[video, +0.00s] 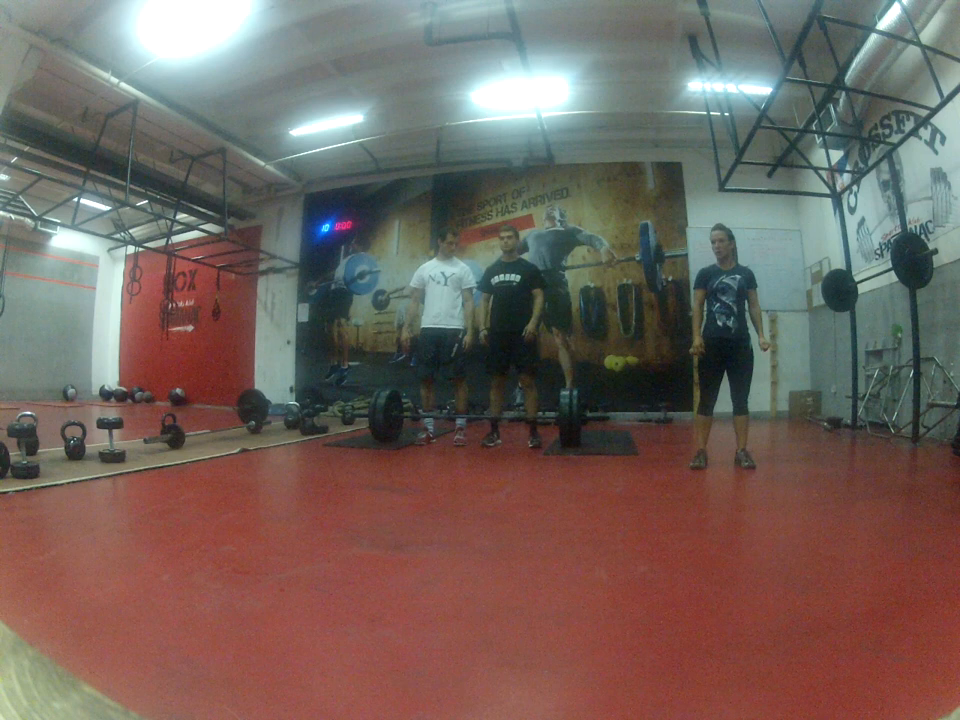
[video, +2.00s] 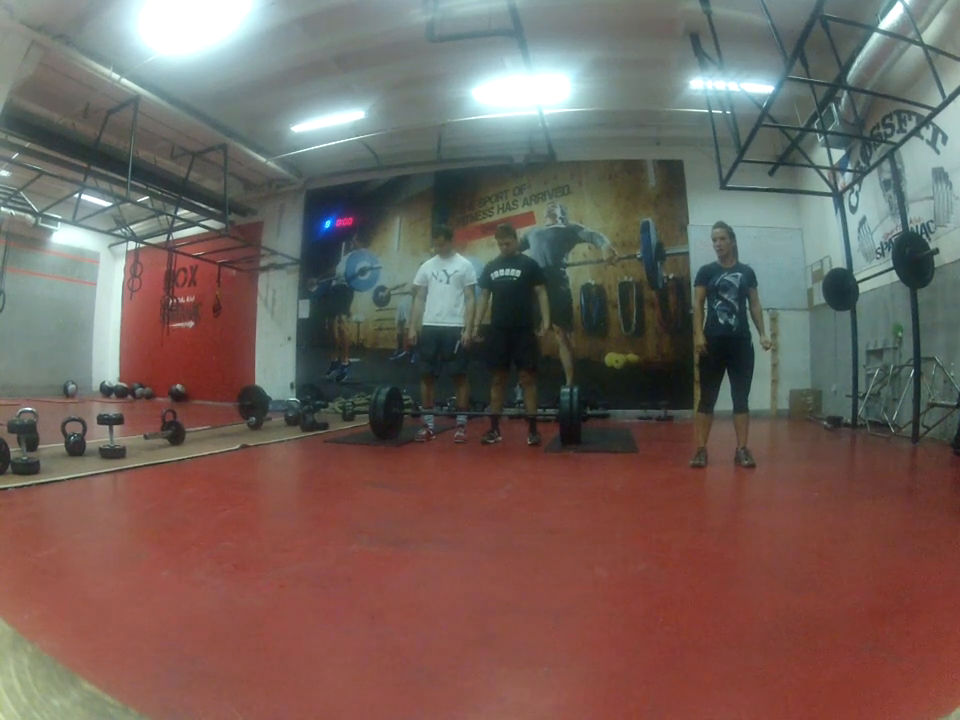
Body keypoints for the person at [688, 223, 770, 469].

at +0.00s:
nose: (717, 246)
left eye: (721, 241)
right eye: (714, 242)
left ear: (732, 243)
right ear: (710, 246)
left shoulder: (746, 273)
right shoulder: (705, 274)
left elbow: (754, 306)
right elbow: (697, 306)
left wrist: (760, 334)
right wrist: (697, 336)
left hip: (739, 344)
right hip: (711, 344)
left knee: (740, 401)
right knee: (706, 400)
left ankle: (742, 451)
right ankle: (701, 451)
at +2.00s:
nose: (718, 244)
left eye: (722, 239)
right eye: (715, 240)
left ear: (733, 242)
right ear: (712, 244)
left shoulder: (746, 272)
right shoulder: (706, 272)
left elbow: (754, 305)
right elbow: (698, 305)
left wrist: (762, 333)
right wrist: (698, 335)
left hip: (740, 343)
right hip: (712, 343)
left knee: (740, 400)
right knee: (707, 399)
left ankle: (742, 449)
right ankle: (700, 450)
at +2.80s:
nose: (718, 244)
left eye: (722, 239)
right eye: (715, 240)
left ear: (733, 241)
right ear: (711, 244)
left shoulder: (746, 272)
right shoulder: (706, 272)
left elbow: (754, 305)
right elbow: (698, 305)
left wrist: (762, 334)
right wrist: (698, 335)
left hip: (741, 343)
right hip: (713, 342)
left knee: (741, 400)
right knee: (707, 399)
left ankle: (742, 449)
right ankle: (700, 449)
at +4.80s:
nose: (718, 244)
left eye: (722, 239)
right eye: (714, 240)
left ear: (732, 241)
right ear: (711, 244)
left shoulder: (746, 272)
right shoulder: (705, 272)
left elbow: (754, 305)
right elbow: (697, 306)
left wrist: (762, 333)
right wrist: (698, 335)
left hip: (740, 343)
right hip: (712, 343)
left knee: (740, 400)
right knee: (707, 400)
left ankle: (742, 449)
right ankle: (701, 450)